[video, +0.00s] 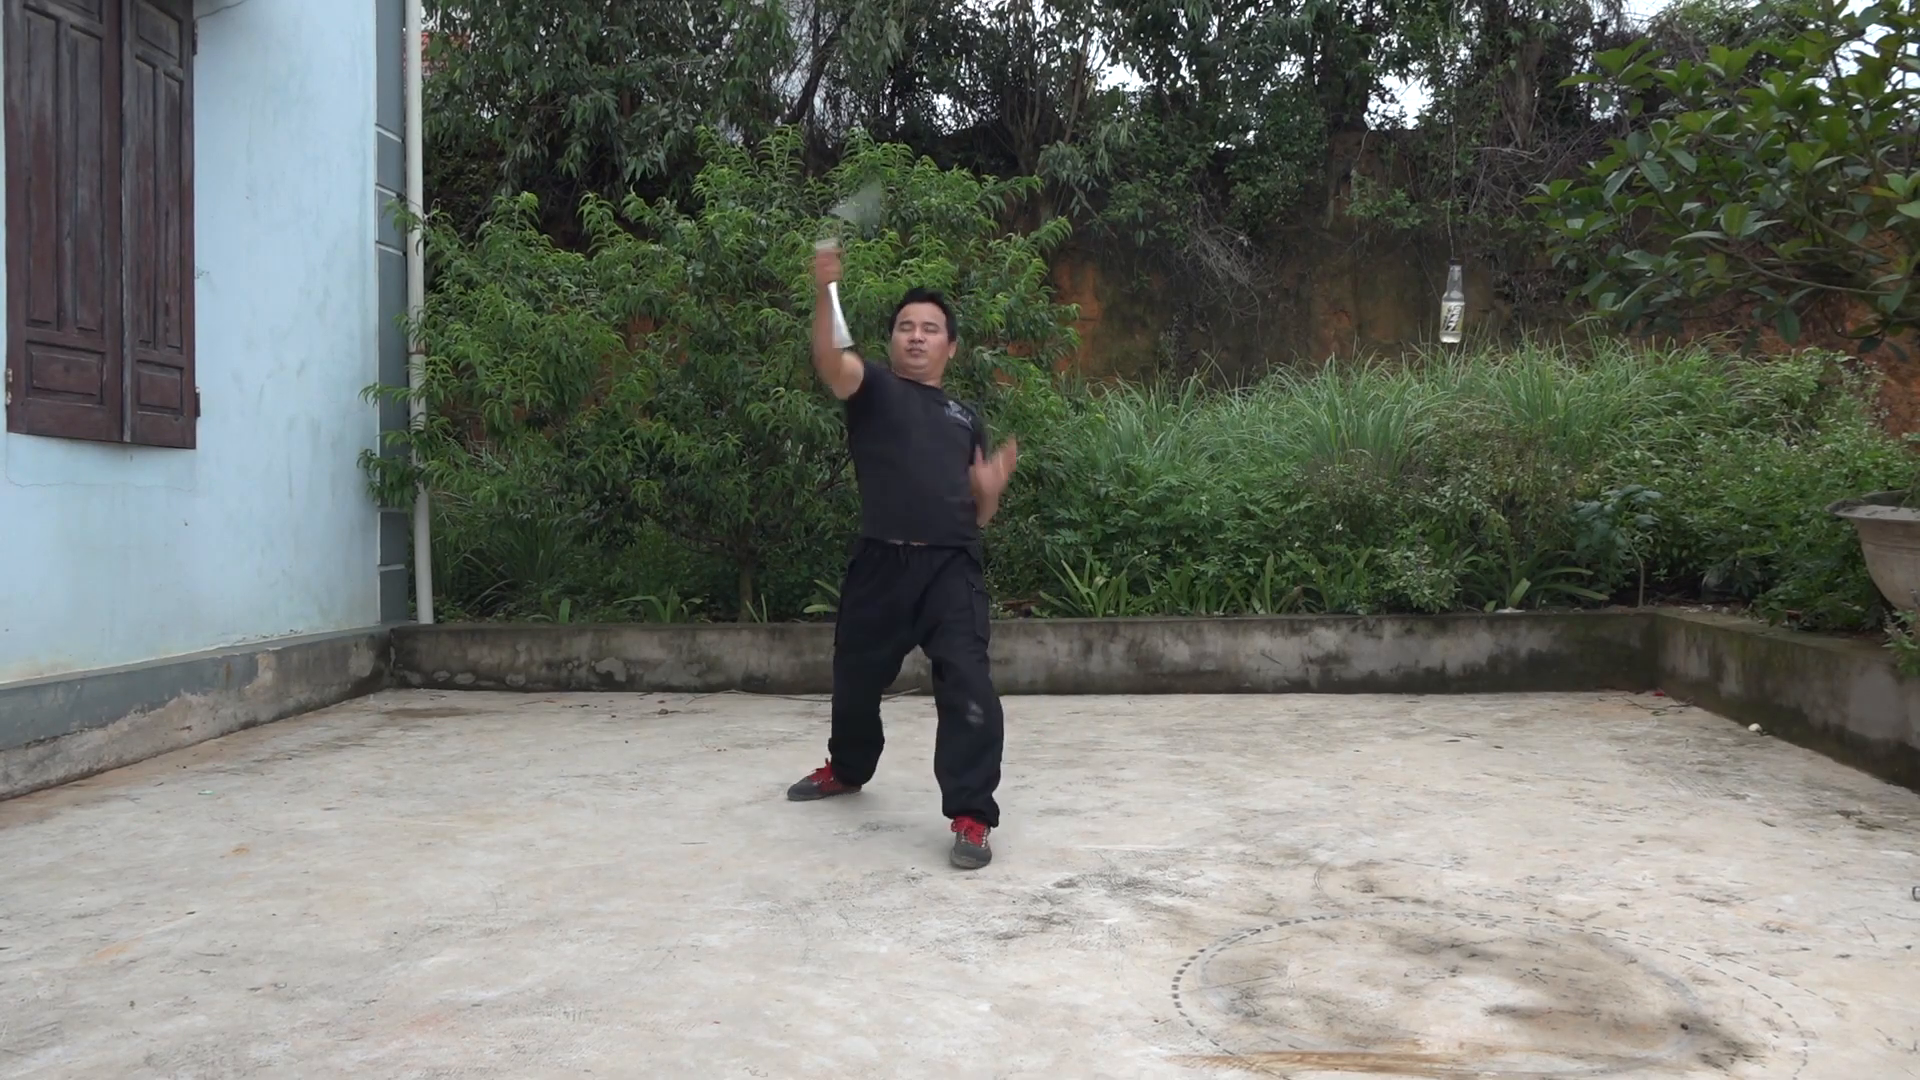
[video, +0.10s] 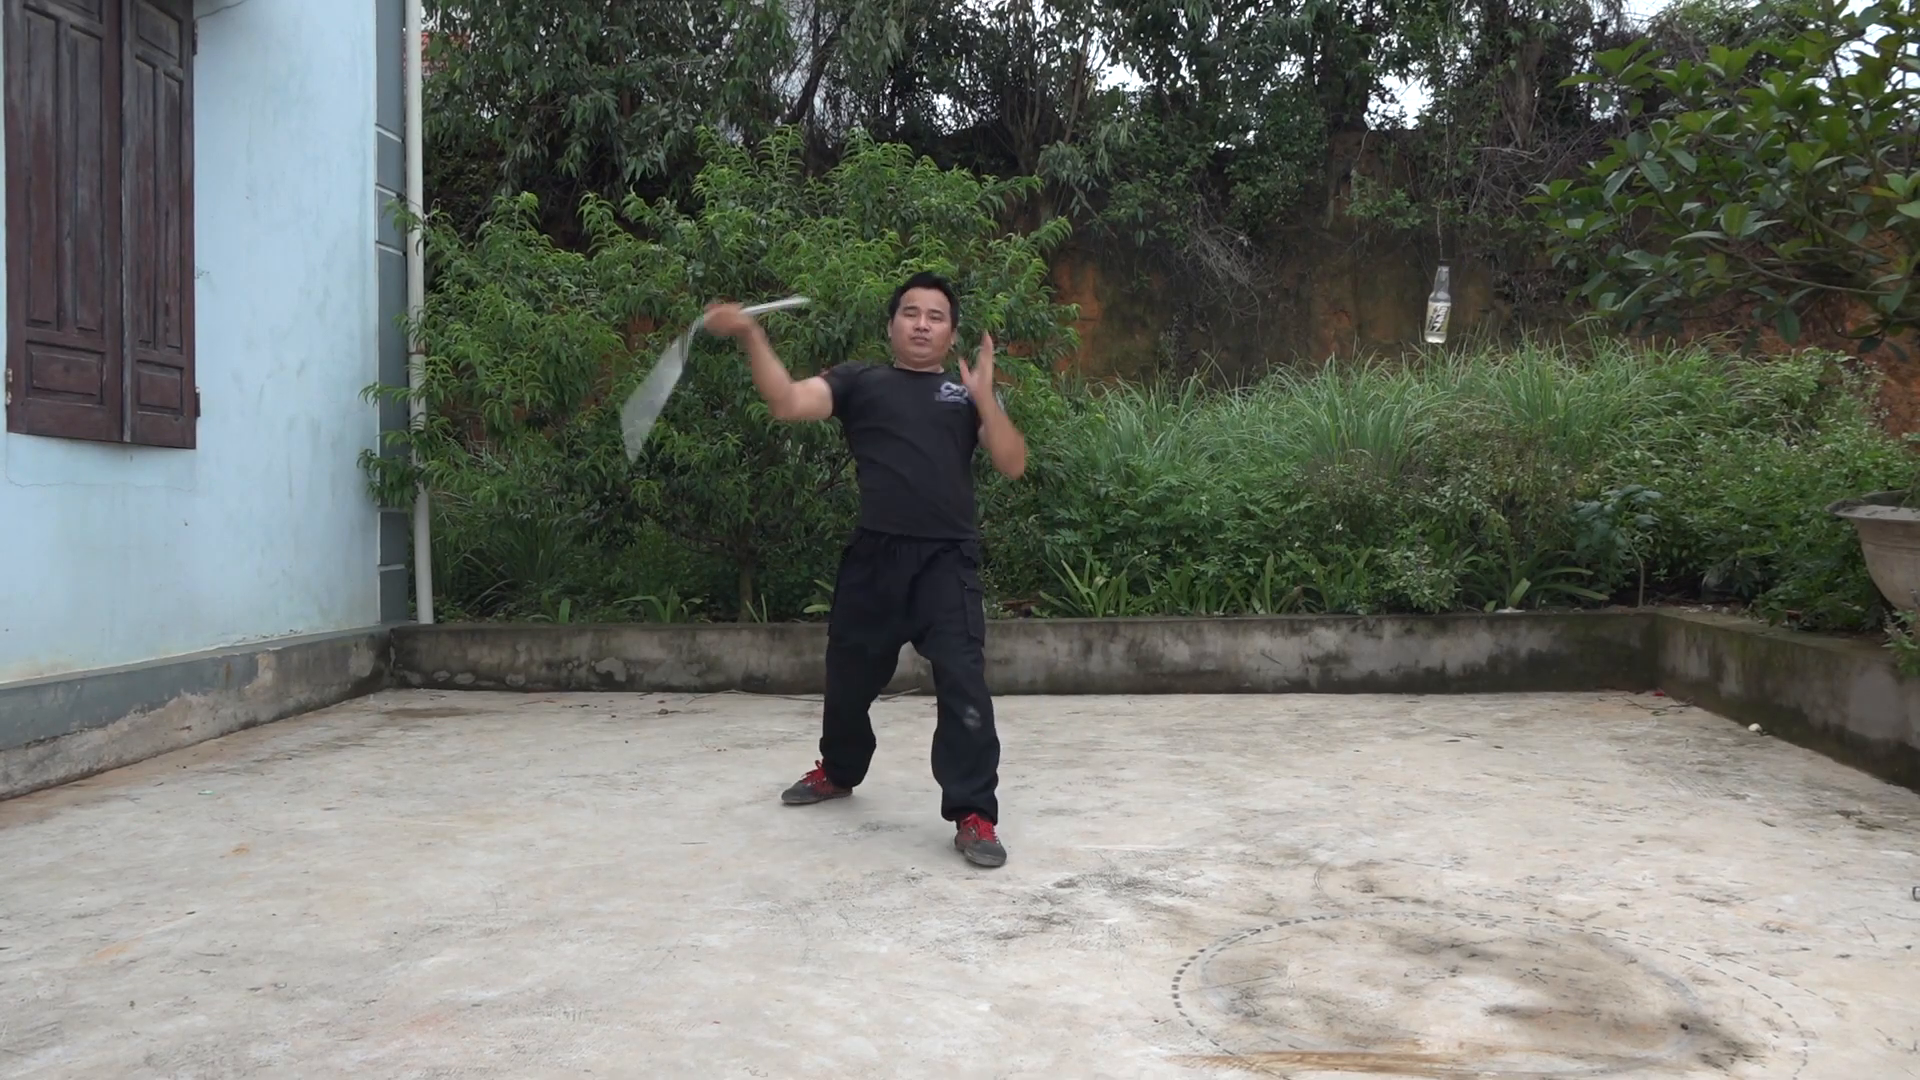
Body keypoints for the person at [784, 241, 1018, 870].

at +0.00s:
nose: (916, 337)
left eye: (929, 329)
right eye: (906, 328)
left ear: (950, 347)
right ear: (889, 341)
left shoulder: (963, 416)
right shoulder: (870, 387)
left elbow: (977, 515)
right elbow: (832, 362)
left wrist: (989, 492)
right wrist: (826, 290)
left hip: (950, 566)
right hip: (879, 564)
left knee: (967, 684)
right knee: (854, 678)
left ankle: (971, 818)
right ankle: (846, 771)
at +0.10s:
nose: (922, 324)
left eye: (936, 316)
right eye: (911, 313)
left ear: (953, 333)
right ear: (891, 325)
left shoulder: (967, 394)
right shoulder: (860, 379)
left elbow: (1014, 464)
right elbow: (787, 401)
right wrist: (750, 335)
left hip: (947, 556)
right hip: (874, 552)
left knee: (962, 677)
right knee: (848, 674)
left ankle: (973, 814)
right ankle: (837, 772)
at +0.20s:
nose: (914, 329)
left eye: (928, 322)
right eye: (904, 317)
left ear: (943, 337)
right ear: (882, 328)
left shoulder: (956, 386)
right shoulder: (853, 398)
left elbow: (1017, 392)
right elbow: (780, 438)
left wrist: (964, 329)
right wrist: (739, 404)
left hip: (943, 562)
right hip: (869, 563)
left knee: (964, 682)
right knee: (839, 682)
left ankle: (975, 815)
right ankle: (837, 772)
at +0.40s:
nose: (891, 360)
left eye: (905, 350)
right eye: (879, 347)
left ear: (920, 361)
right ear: (856, 354)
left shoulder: (938, 416)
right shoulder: (829, 420)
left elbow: (1004, 455)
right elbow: (790, 498)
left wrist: (1006, 481)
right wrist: (837, 461)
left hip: (941, 584)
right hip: (863, 588)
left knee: (975, 689)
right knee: (821, 693)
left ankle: (958, 818)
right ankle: (832, 775)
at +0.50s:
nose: (919, 334)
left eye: (931, 323)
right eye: (906, 322)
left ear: (947, 334)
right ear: (882, 331)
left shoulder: (967, 403)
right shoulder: (851, 399)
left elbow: (1010, 460)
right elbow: (826, 489)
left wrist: (1013, 484)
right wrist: (881, 442)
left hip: (955, 579)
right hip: (876, 578)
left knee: (976, 691)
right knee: (851, 704)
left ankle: (952, 825)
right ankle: (832, 765)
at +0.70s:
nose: (955, 313)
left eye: (965, 299)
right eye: (939, 302)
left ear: (980, 296)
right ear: (909, 301)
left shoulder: (997, 346)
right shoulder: (879, 335)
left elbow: (1074, 377)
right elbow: (829, 418)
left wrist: (1007, 333)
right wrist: (895, 394)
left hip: (948, 519)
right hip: (880, 500)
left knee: (961, 655)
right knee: (869, 425)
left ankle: (949, 818)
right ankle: (849, 561)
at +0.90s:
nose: (997, 312)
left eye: (1005, 298)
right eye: (980, 299)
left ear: (1013, 301)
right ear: (946, 303)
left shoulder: (1004, 359)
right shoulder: (925, 341)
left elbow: (1078, 366)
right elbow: (862, 393)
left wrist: (1090, 330)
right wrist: (942, 432)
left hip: (907, 552)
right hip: (872, 506)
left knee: (935, 670)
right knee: (868, 450)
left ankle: (948, 839)